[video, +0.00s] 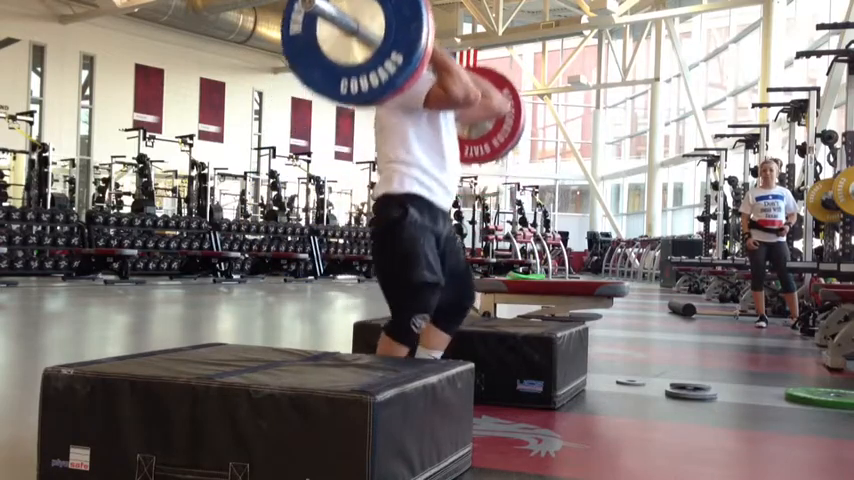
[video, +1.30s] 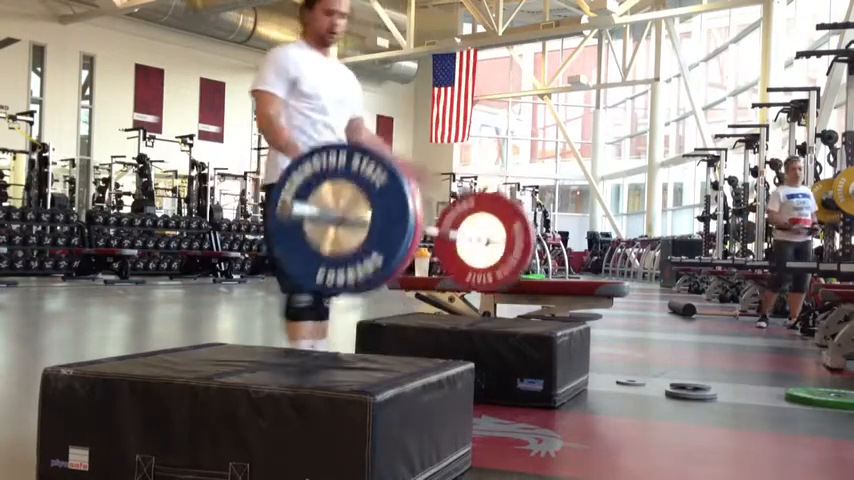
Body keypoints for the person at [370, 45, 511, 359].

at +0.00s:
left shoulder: (438, 92)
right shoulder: (398, 76)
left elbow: (498, 103)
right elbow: (460, 92)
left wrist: (454, 69)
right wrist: (430, 48)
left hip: (438, 214)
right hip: (403, 207)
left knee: (457, 297)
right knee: (415, 303)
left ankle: (418, 383)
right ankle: (378, 393)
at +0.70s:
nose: (430, 10)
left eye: (431, 5)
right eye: (424, 3)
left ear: (431, 12)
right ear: (404, 7)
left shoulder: (430, 59)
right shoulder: (388, 44)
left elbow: (451, 121)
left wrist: (470, 85)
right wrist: (434, 67)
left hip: (415, 193)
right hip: (378, 186)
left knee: (411, 296)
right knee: (378, 296)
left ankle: (412, 382)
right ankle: (370, 389)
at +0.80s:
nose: (430, 15)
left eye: (432, 10)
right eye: (426, 7)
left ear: (424, 12)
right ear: (407, 4)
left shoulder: (410, 47)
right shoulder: (371, 36)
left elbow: (403, 98)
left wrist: (439, 87)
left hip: (401, 188)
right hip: (367, 186)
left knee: (414, 276)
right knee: (371, 294)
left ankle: (391, 373)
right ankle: (370, 386)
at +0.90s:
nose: (415, 15)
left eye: (417, 9)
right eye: (408, 6)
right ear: (381, 7)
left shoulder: (399, 65)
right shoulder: (362, 52)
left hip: (396, 196)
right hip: (361, 194)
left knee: (403, 292)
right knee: (367, 299)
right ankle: (373, 386)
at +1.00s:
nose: (398, 24)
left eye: (402, 16)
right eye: (390, 14)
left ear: (403, 20)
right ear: (363, 13)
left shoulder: (381, 70)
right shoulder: (340, 58)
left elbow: (373, 136)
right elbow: (292, 113)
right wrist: (252, 160)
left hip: (375, 189)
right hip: (343, 186)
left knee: (370, 286)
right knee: (358, 291)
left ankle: (323, 365)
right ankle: (373, 384)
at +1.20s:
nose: (360, 26)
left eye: (366, 20)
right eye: (353, 17)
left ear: (370, 26)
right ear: (330, 15)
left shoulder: (356, 78)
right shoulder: (304, 59)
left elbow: (360, 145)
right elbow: (283, 125)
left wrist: (376, 196)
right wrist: (280, 189)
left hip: (350, 196)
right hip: (311, 193)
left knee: (339, 290)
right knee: (326, 291)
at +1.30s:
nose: (337, 23)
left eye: (343, 16)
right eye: (329, 13)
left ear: (347, 22)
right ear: (306, 13)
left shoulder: (346, 77)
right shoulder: (285, 57)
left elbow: (357, 131)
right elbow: (266, 117)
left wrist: (397, 162)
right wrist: (304, 161)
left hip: (333, 186)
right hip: (289, 184)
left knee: (325, 277)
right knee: (301, 279)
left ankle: (321, 365)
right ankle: (302, 369)